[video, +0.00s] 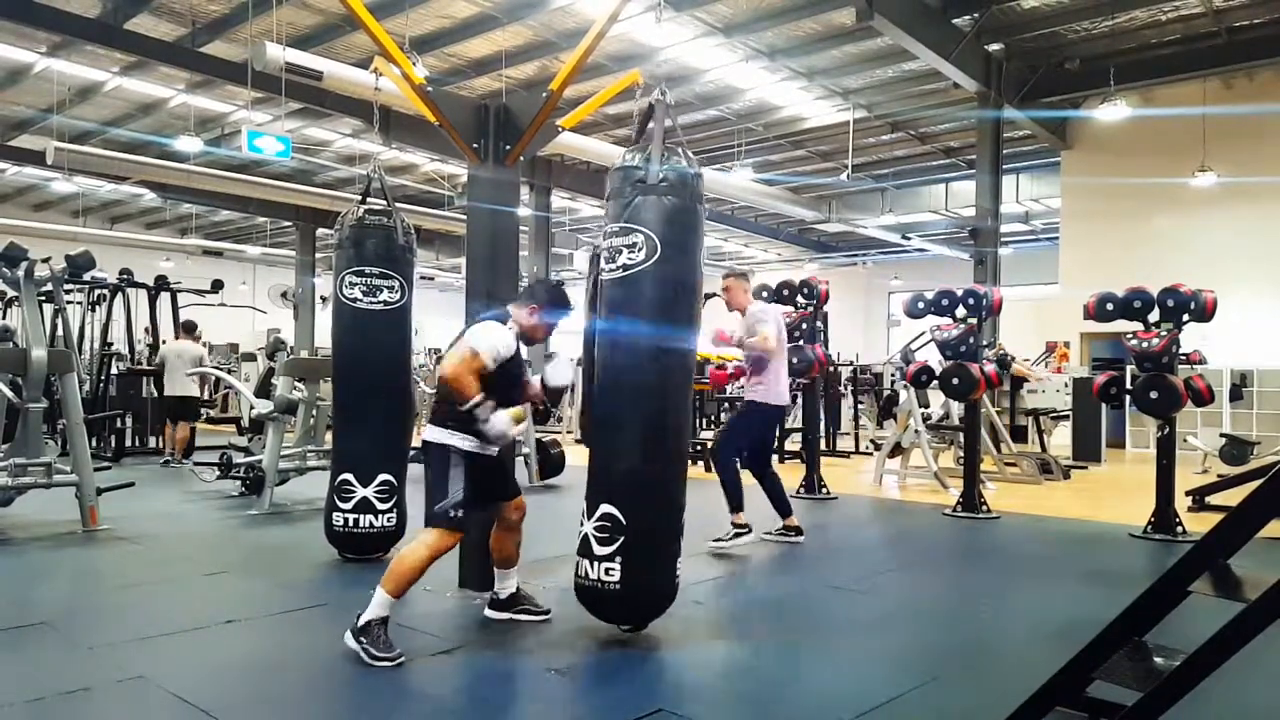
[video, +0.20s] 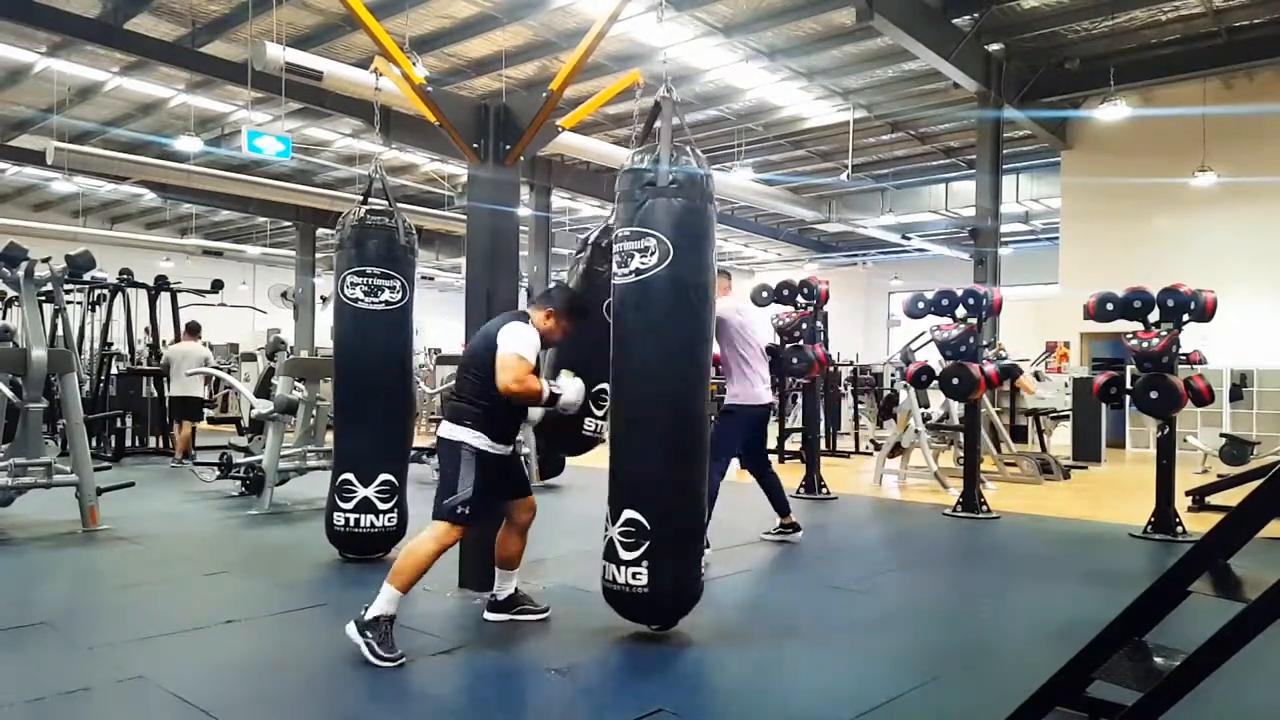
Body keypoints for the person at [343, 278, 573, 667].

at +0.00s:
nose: (550, 334)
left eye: (553, 328)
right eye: (549, 325)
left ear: (531, 313)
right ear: (530, 312)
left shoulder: (514, 342)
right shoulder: (494, 334)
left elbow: (510, 389)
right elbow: (452, 370)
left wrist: (544, 390)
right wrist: (487, 414)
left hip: (486, 447)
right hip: (453, 443)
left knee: (512, 511)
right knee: (445, 533)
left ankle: (505, 597)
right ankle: (369, 623)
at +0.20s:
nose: (561, 338)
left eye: (565, 332)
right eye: (562, 330)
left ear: (545, 314)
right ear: (548, 315)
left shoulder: (519, 330)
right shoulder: (518, 330)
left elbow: (503, 387)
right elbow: (513, 383)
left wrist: (541, 398)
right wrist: (556, 391)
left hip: (496, 444)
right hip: (466, 439)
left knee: (521, 512)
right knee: (448, 529)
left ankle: (502, 598)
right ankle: (375, 617)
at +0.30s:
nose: (564, 331)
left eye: (568, 325)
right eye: (564, 322)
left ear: (548, 310)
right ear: (546, 307)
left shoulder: (539, 338)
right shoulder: (499, 324)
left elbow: (552, 388)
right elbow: (490, 381)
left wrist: (603, 372)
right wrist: (539, 365)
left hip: (505, 437)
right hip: (467, 432)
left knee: (526, 512)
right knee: (464, 519)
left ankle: (504, 595)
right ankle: (407, 612)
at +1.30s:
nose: (529, 304)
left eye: (532, 299)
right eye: (529, 296)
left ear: (513, 287)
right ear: (512, 283)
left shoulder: (496, 317)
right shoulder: (473, 309)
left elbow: (501, 376)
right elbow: (492, 371)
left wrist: (522, 389)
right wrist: (523, 335)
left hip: (486, 435)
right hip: (449, 434)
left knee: (519, 503)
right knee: (432, 529)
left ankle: (494, 591)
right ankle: (381, 622)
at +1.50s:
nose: (518, 310)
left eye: (521, 302)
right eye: (515, 300)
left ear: (497, 292)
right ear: (493, 289)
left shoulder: (488, 330)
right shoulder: (451, 321)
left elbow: (485, 386)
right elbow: (458, 379)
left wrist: (514, 384)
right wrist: (502, 361)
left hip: (477, 448)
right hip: (432, 449)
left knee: (517, 510)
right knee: (404, 537)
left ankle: (495, 589)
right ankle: (352, 627)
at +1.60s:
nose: (519, 302)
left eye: (523, 295)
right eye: (517, 292)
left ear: (506, 286)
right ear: (494, 278)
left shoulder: (499, 319)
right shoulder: (445, 303)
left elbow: (517, 349)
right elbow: (435, 358)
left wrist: (553, 345)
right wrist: (490, 348)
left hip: (477, 435)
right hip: (429, 435)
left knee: (505, 509)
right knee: (400, 526)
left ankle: (487, 593)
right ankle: (357, 621)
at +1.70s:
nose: (511, 305)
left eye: (514, 299)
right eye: (508, 296)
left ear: (507, 294)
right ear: (485, 285)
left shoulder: (497, 321)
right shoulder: (434, 309)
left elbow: (531, 345)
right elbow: (422, 361)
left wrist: (578, 341)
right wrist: (477, 347)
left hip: (476, 441)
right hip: (427, 440)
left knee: (494, 517)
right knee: (401, 528)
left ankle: (482, 602)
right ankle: (340, 613)